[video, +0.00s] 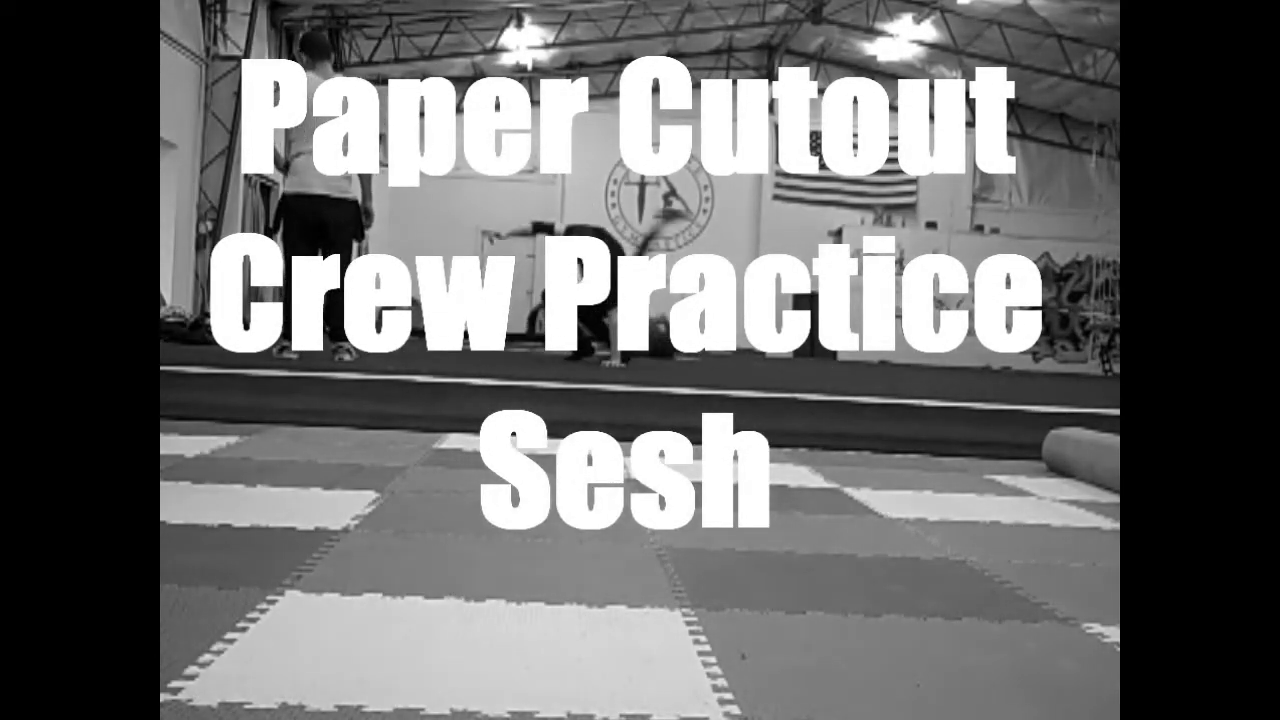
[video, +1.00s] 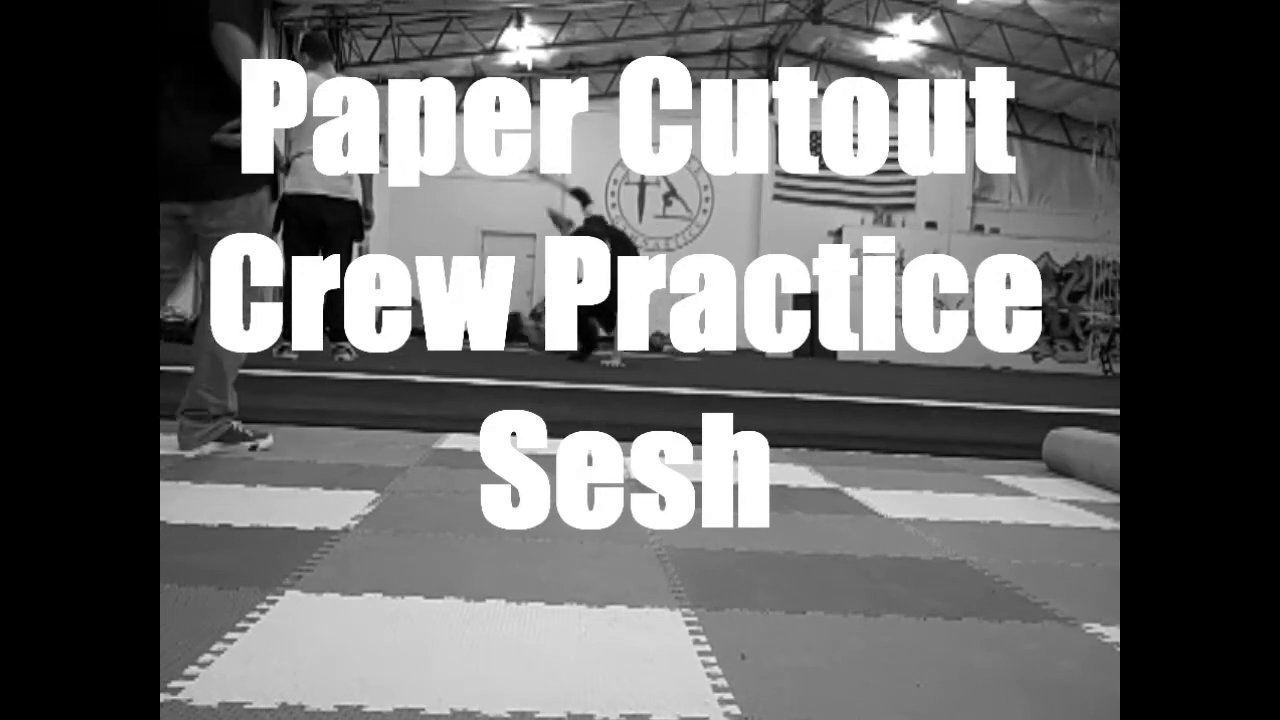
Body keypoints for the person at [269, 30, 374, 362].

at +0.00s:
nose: (301, 62)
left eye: (299, 57)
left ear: (303, 57)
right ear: (333, 56)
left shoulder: (292, 87)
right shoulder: (352, 90)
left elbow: (276, 144)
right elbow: (363, 152)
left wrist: (286, 167)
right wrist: (367, 201)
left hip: (298, 198)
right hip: (341, 199)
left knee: (295, 274)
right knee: (340, 275)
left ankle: (289, 342)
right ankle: (341, 343)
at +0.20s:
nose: (300, 62)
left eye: (299, 58)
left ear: (303, 57)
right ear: (333, 57)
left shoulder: (292, 87)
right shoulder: (351, 90)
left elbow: (275, 140)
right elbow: (362, 153)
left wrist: (284, 164)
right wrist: (366, 201)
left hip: (298, 196)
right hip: (340, 196)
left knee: (295, 272)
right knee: (339, 273)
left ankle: (289, 341)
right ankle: (340, 343)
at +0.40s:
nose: (301, 62)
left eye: (300, 57)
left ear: (303, 57)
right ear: (333, 56)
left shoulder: (292, 86)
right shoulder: (351, 90)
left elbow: (274, 141)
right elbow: (362, 152)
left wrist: (284, 164)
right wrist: (366, 201)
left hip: (298, 196)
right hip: (340, 196)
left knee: (295, 272)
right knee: (339, 274)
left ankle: (289, 341)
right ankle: (341, 343)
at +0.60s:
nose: (300, 62)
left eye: (300, 58)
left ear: (303, 57)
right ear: (333, 57)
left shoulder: (293, 86)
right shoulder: (352, 90)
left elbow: (276, 142)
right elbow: (363, 153)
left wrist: (285, 164)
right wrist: (367, 202)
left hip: (299, 196)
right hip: (341, 196)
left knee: (295, 272)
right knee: (339, 273)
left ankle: (289, 341)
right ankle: (340, 343)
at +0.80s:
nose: (301, 62)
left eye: (300, 58)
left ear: (303, 57)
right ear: (334, 57)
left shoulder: (293, 86)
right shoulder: (352, 90)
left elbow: (277, 142)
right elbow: (363, 153)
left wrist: (285, 164)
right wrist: (368, 202)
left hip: (299, 195)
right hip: (341, 196)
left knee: (295, 272)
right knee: (339, 273)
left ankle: (289, 341)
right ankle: (340, 343)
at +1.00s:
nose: (301, 63)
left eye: (300, 59)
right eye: (302, 59)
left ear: (304, 57)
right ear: (334, 57)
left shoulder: (294, 87)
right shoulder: (353, 90)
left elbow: (279, 145)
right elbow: (364, 153)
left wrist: (284, 164)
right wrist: (368, 202)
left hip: (300, 196)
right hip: (341, 196)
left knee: (295, 271)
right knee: (340, 273)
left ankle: (288, 341)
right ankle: (340, 342)